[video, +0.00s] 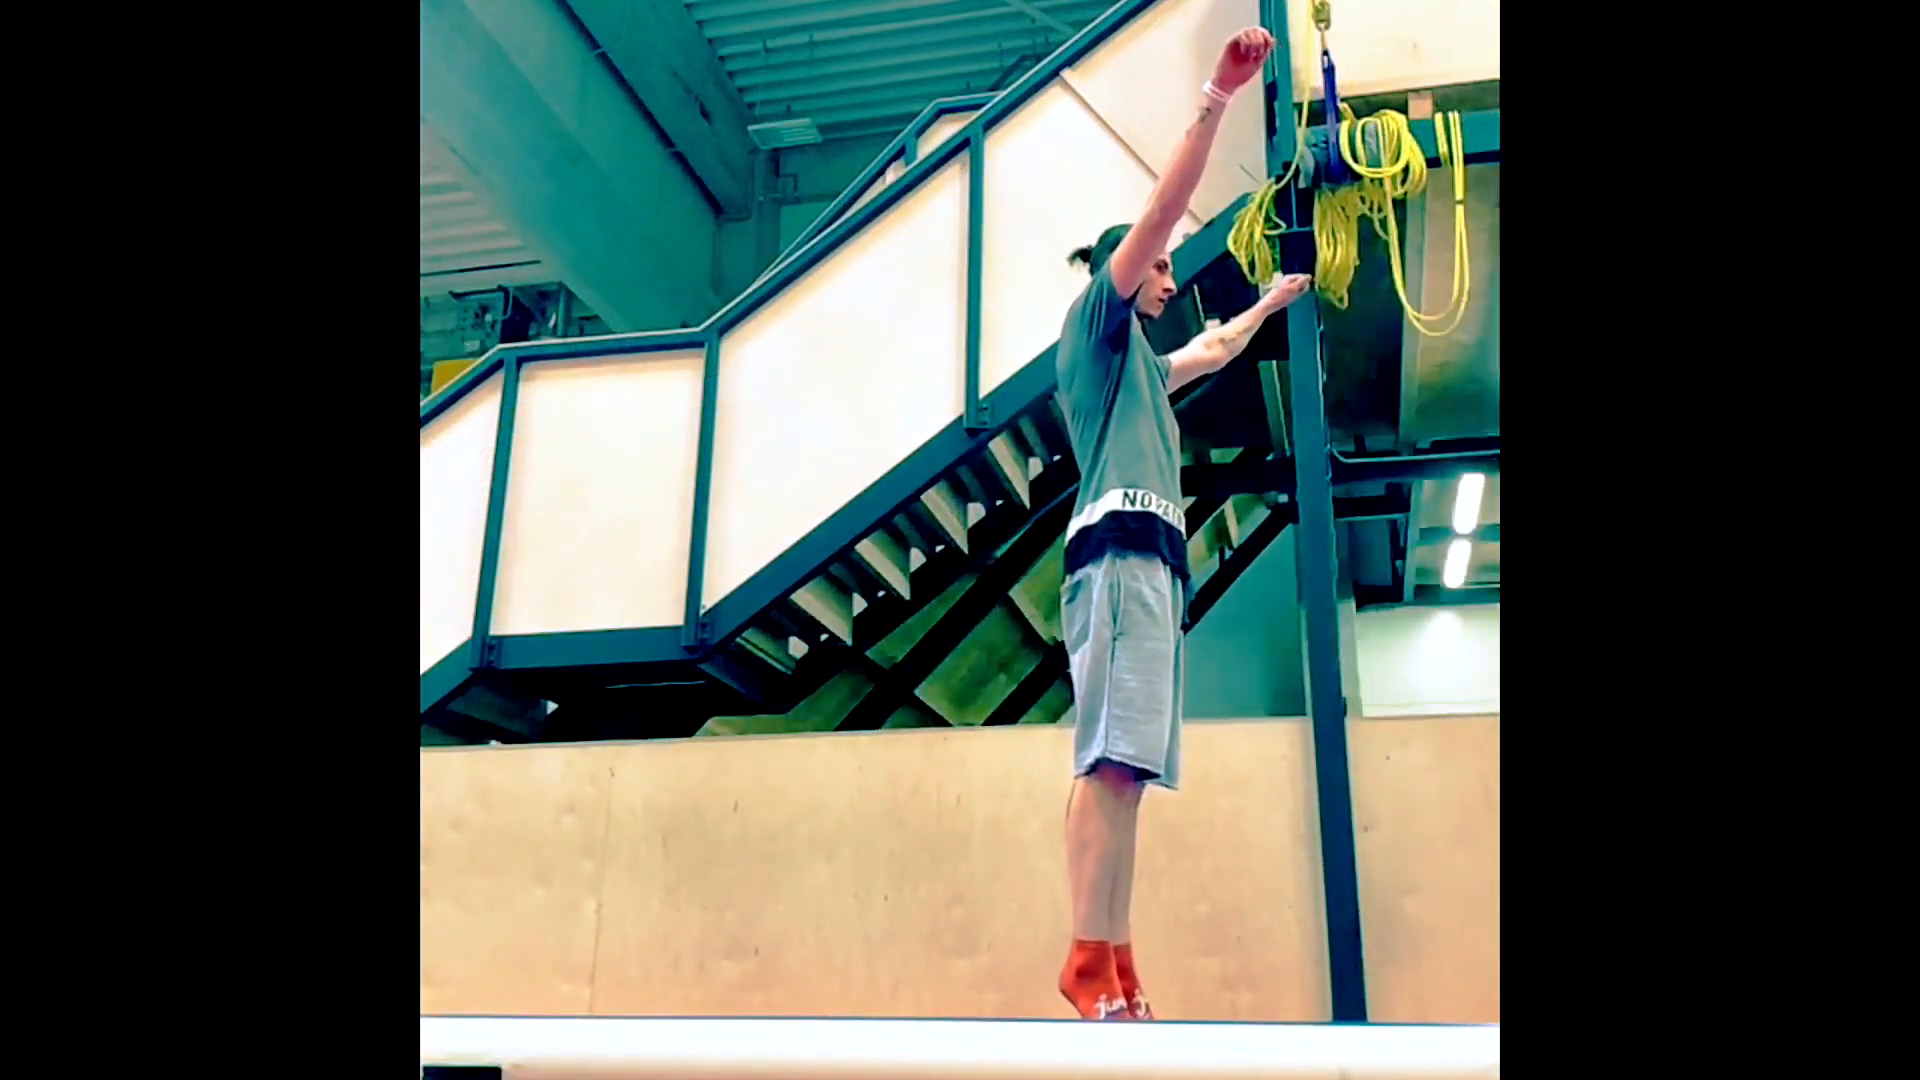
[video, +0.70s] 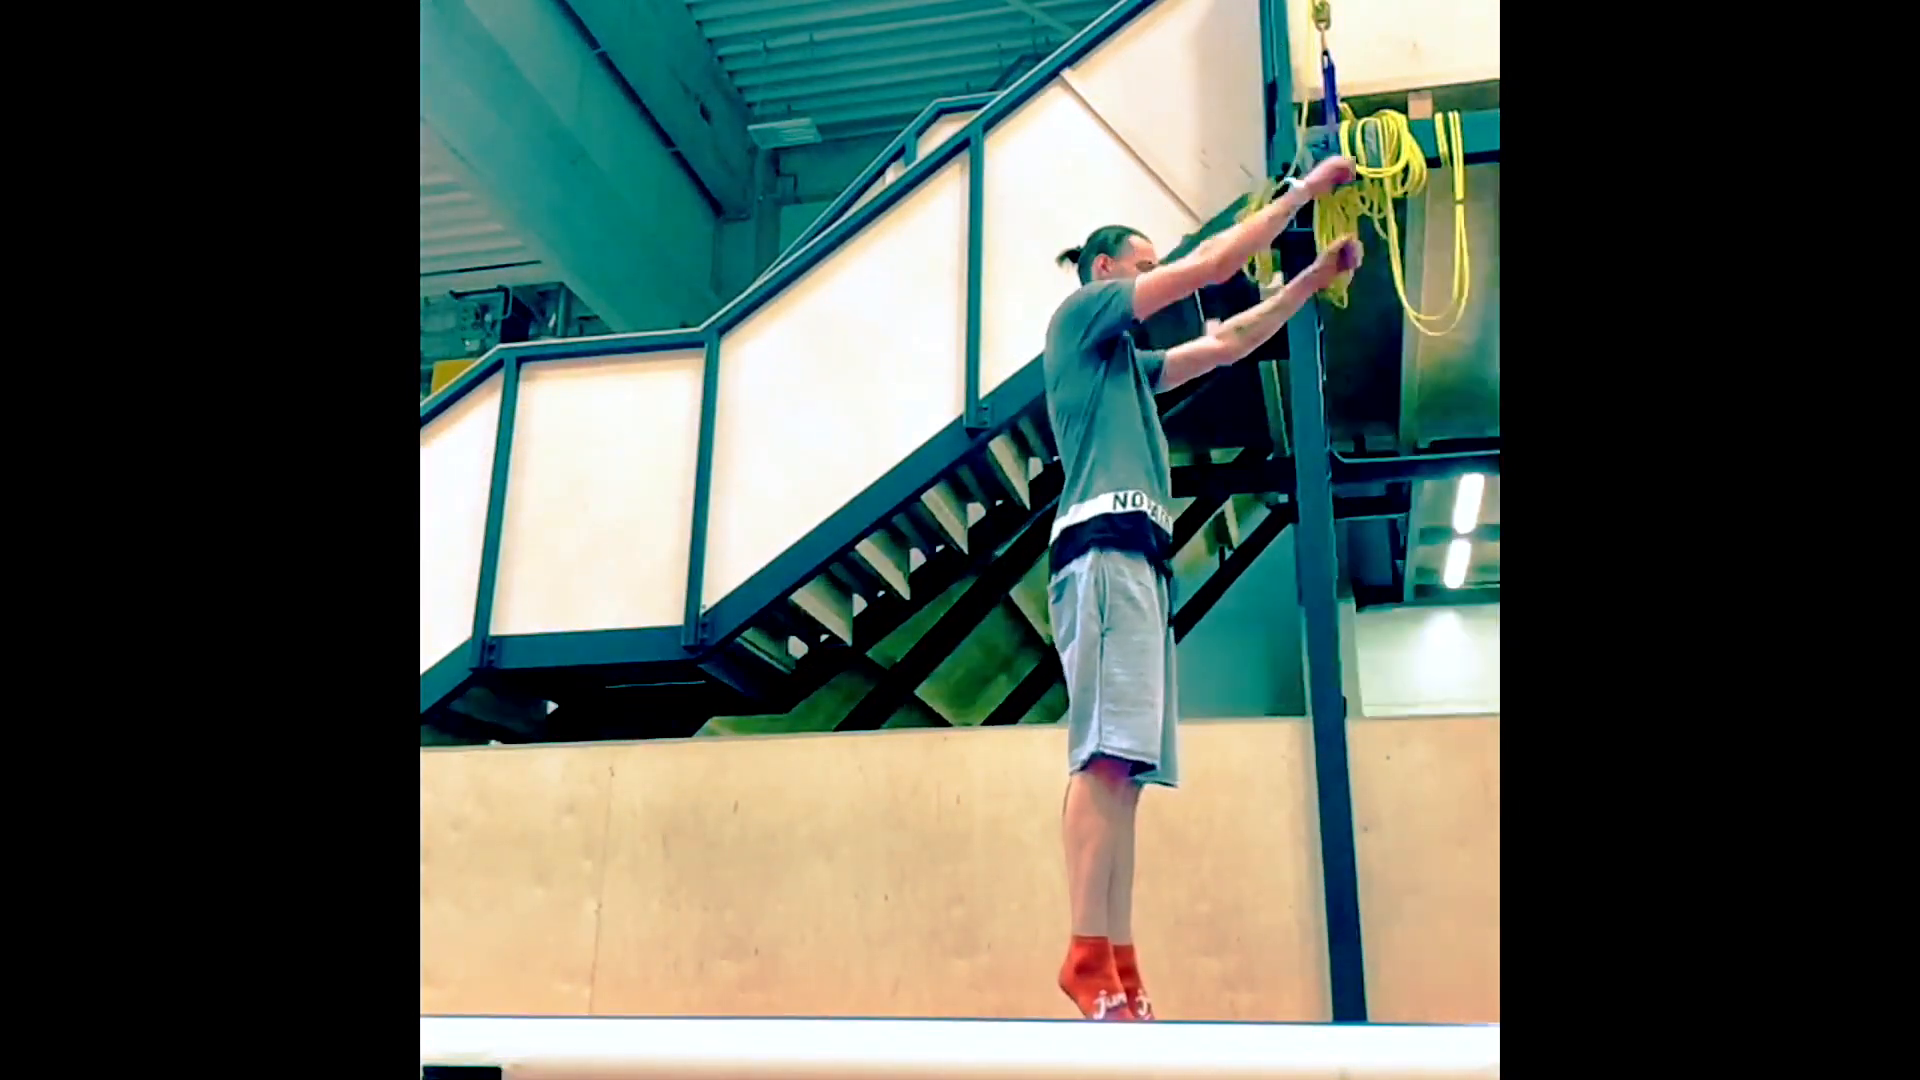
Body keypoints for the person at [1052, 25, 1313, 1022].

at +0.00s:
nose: (1164, 278)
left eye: (1166, 268)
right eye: (1153, 262)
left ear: (1148, 286)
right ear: (1118, 266)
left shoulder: (1137, 361)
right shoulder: (1097, 319)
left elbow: (1213, 345)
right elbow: (1165, 209)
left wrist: (1273, 299)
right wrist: (1215, 99)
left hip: (1149, 559)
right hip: (1120, 552)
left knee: (1127, 766)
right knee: (1112, 762)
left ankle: (1115, 964)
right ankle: (1086, 962)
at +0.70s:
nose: (1154, 270)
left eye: (1153, 260)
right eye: (1142, 258)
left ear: (1125, 274)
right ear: (1101, 265)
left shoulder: (1124, 362)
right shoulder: (1077, 312)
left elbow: (1229, 340)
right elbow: (1207, 264)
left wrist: (1322, 272)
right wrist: (1300, 190)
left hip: (1136, 561)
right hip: (1102, 552)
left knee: (1125, 768)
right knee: (1106, 758)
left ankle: (1118, 968)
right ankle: (1086, 961)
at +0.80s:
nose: (1164, 283)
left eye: (1163, 272)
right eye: (1152, 268)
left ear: (1128, 276)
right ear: (1106, 268)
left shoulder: (1128, 371)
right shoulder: (1076, 321)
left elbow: (1222, 405)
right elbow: (1213, 343)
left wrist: (1326, 373)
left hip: (1129, 565)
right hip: (1093, 555)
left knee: (1121, 766)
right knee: (1102, 760)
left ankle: (1119, 960)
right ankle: (1088, 955)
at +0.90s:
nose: (1188, 292)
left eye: (1192, 282)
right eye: (1177, 275)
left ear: (1162, 286)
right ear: (1134, 272)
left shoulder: (1140, 374)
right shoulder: (1096, 330)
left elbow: (1159, 495)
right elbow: (1130, 445)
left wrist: (1219, 566)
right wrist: (1214, 525)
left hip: (1120, 570)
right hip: (1077, 556)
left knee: (1137, 768)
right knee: (1109, 754)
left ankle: (1123, 957)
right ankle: (1090, 955)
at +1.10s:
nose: (1256, 452)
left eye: (1257, 439)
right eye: (1246, 435)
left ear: (1210, 438)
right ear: (1200, 430)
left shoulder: (1155, 490)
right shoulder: (1140, 455)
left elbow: (1071, 476)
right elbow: (1006, 389)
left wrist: (1039, 443)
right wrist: (913, 333)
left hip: (1038, 655)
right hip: (1016, 653)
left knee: (1152, 805)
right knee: (1157, 795)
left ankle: (1093, 987)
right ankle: (1074, 987)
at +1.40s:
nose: (1126, 449)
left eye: (1125, 438)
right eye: (1113, 434)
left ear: (1083, 445)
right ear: (1068, 440)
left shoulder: (1080, 538)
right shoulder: (1030, 514)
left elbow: (1130, 652)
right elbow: (1113, 621)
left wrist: (1223, 708)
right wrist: (1217, 681)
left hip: (1044, 727)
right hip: (1003, 726)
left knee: (1200, 839)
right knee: (1169, 832)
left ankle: (1102, 1004)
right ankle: (1077, 1003)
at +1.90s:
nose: (958, 324)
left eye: (951, 324)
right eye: (944, 327)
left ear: (941, 358)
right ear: (933, 349)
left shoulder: (1001, 398)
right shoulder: (957, 386)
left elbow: (1019, 327)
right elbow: (963, 240)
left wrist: (1024, 239)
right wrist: (952, 158)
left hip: (1067, 617)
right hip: (1031, 612)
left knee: (1171, 795)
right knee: (1119, 782)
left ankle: (1112, 981)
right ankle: (1079, 982)